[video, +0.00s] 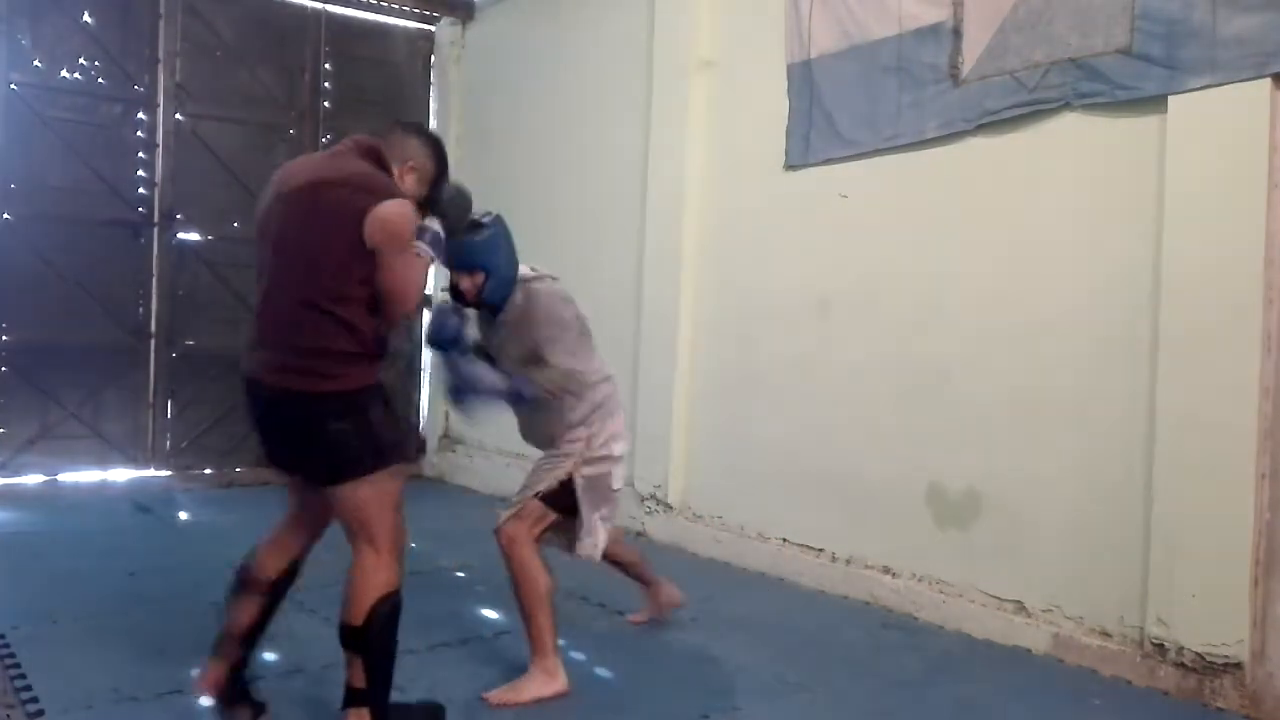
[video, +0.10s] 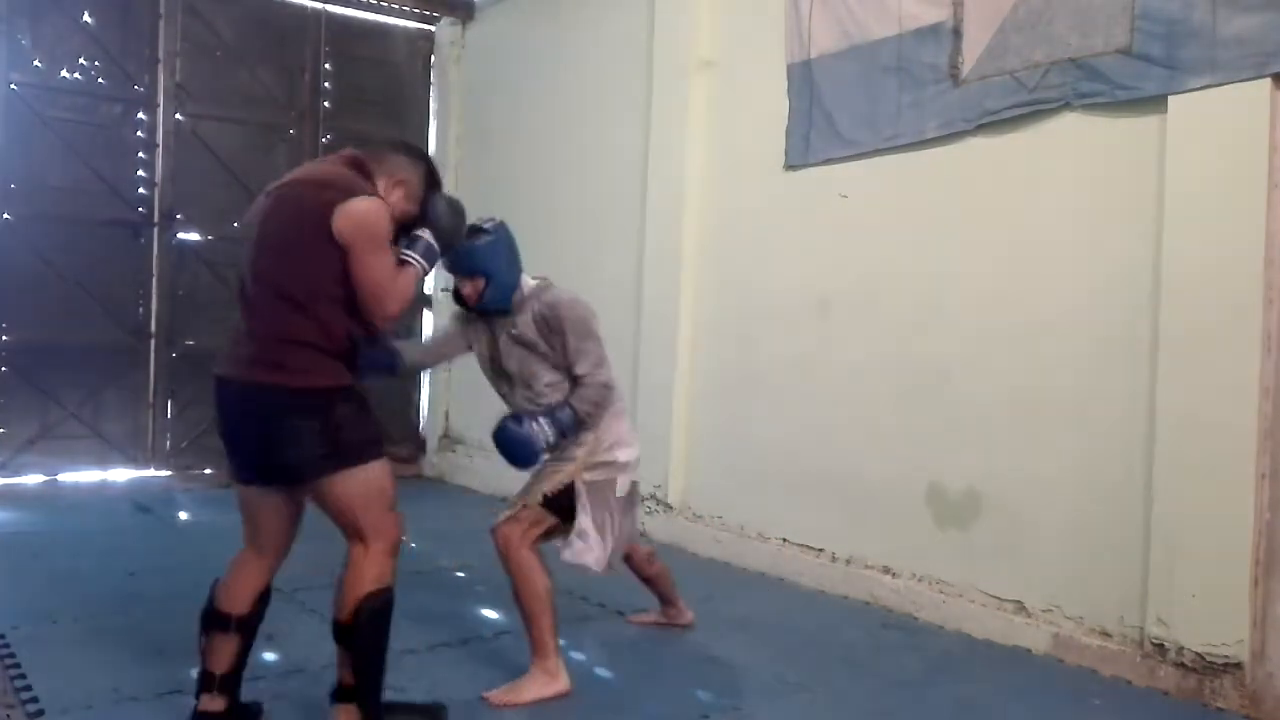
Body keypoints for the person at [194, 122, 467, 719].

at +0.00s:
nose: (416, 198)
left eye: (422, 193)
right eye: (420, 191)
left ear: (375, 148)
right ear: (407, 169)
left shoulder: (291, 175)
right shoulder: (389, 206)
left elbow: (289, 258)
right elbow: (402, 303)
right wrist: (420, 249)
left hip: (273, 387)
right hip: (341, 395)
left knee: (306, 515)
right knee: (378, 544)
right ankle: (365, 704)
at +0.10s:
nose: (400, 224)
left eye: (407, 217)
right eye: (407, 213)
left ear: (365, 165)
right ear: (394, 186)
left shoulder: (281, 194)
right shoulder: (360, 207)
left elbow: (302, 293)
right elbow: (385, 306)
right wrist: (425, 246)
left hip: (247, 391)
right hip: (314, 396)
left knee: (262, 543)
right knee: (377, 534)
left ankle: (214, 698)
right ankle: (356, 701)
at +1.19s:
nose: (239, 171)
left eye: (240, 161)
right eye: (233, 160)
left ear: (187, 161)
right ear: (206, 158)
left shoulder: (156, 205)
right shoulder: (202, 199)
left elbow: (117, 298)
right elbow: (181, 264)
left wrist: (188, 314)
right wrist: (244, 309)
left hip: (140, 372)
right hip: (185, 376)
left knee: (153, 491)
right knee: (176, 510)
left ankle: (106, 612)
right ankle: (99, 651)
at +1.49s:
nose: (239, 171)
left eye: (241, 162)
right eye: (231, 161)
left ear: (205, 161)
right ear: (201, 157)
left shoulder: (191, 203)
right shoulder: (188, 204)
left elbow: (181, 276)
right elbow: (154, 273)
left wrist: (234, 295)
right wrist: (222, 298)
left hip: (173, 355)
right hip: (184, 358)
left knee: (179, 472)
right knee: (196, 474)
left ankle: (120, 578)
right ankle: (127, 590)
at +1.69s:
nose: (252, 194)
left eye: (252, 184)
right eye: (245, 184)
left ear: (217, 182)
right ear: (214, 178)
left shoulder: (194, 217)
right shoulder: (205, 220)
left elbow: (203, 297)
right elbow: (212, 291)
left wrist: (252, 313)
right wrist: (279, 302)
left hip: (207, 366)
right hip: (192, 369)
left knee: (224, 455)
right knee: (172, 477)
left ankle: (235, 556)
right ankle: (107, 599)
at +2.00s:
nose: (281, 217)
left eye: (283, 210)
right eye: (275, 208)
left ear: (256, 211)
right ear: (248, 205)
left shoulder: (245, 242)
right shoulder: (248, 238)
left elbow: (247, 311)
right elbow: (304, 257)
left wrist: (288, 326)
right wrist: (355, 243)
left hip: (255, 366)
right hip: (243, 367)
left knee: (285, 453)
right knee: (269, 466)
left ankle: (268, 554)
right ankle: (178, 545)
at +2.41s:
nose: (283, 211)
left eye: (284, 205)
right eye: (281, 204)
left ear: (248, 206)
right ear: (273, 205)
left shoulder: (232, 249)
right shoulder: (283, 238)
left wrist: (327, 277)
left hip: (264, 341)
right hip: (308, 322)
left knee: (268, 435)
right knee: (392, 351)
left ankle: (283, 528)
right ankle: (402, 275)